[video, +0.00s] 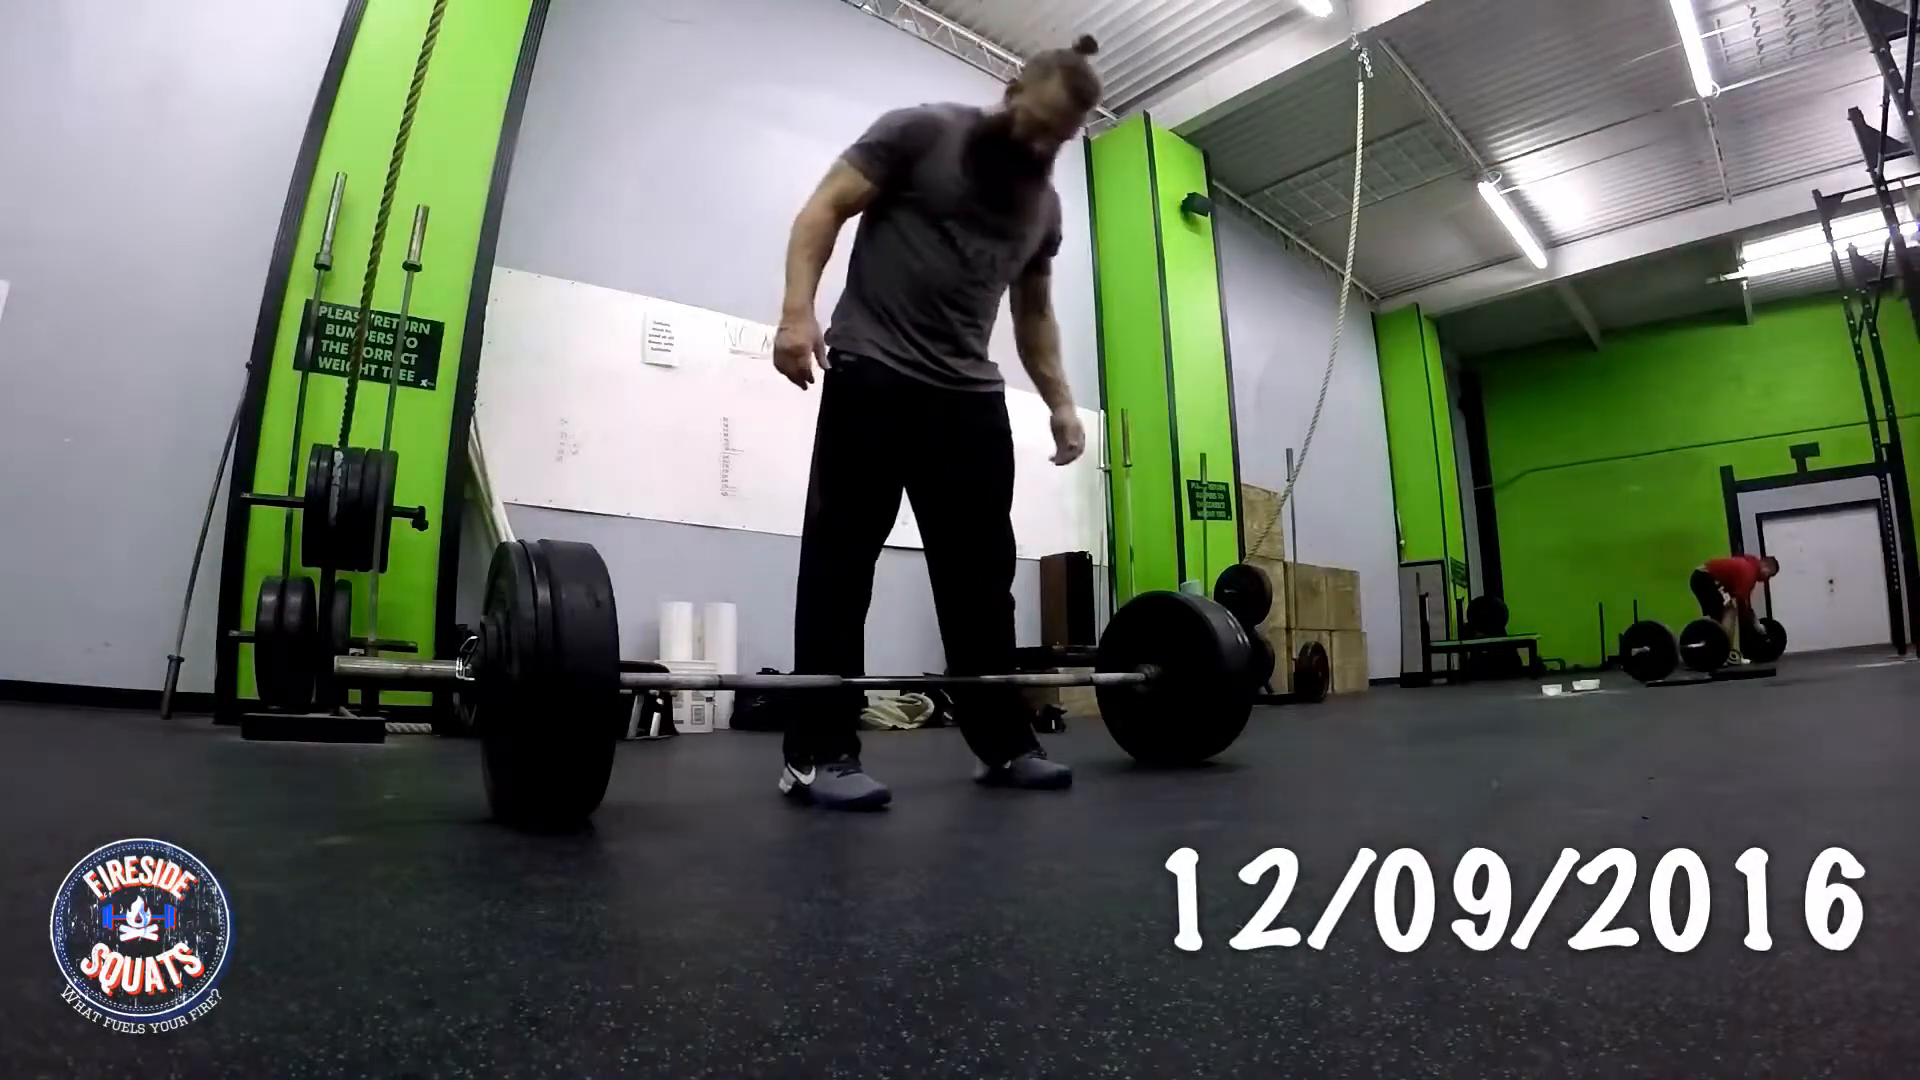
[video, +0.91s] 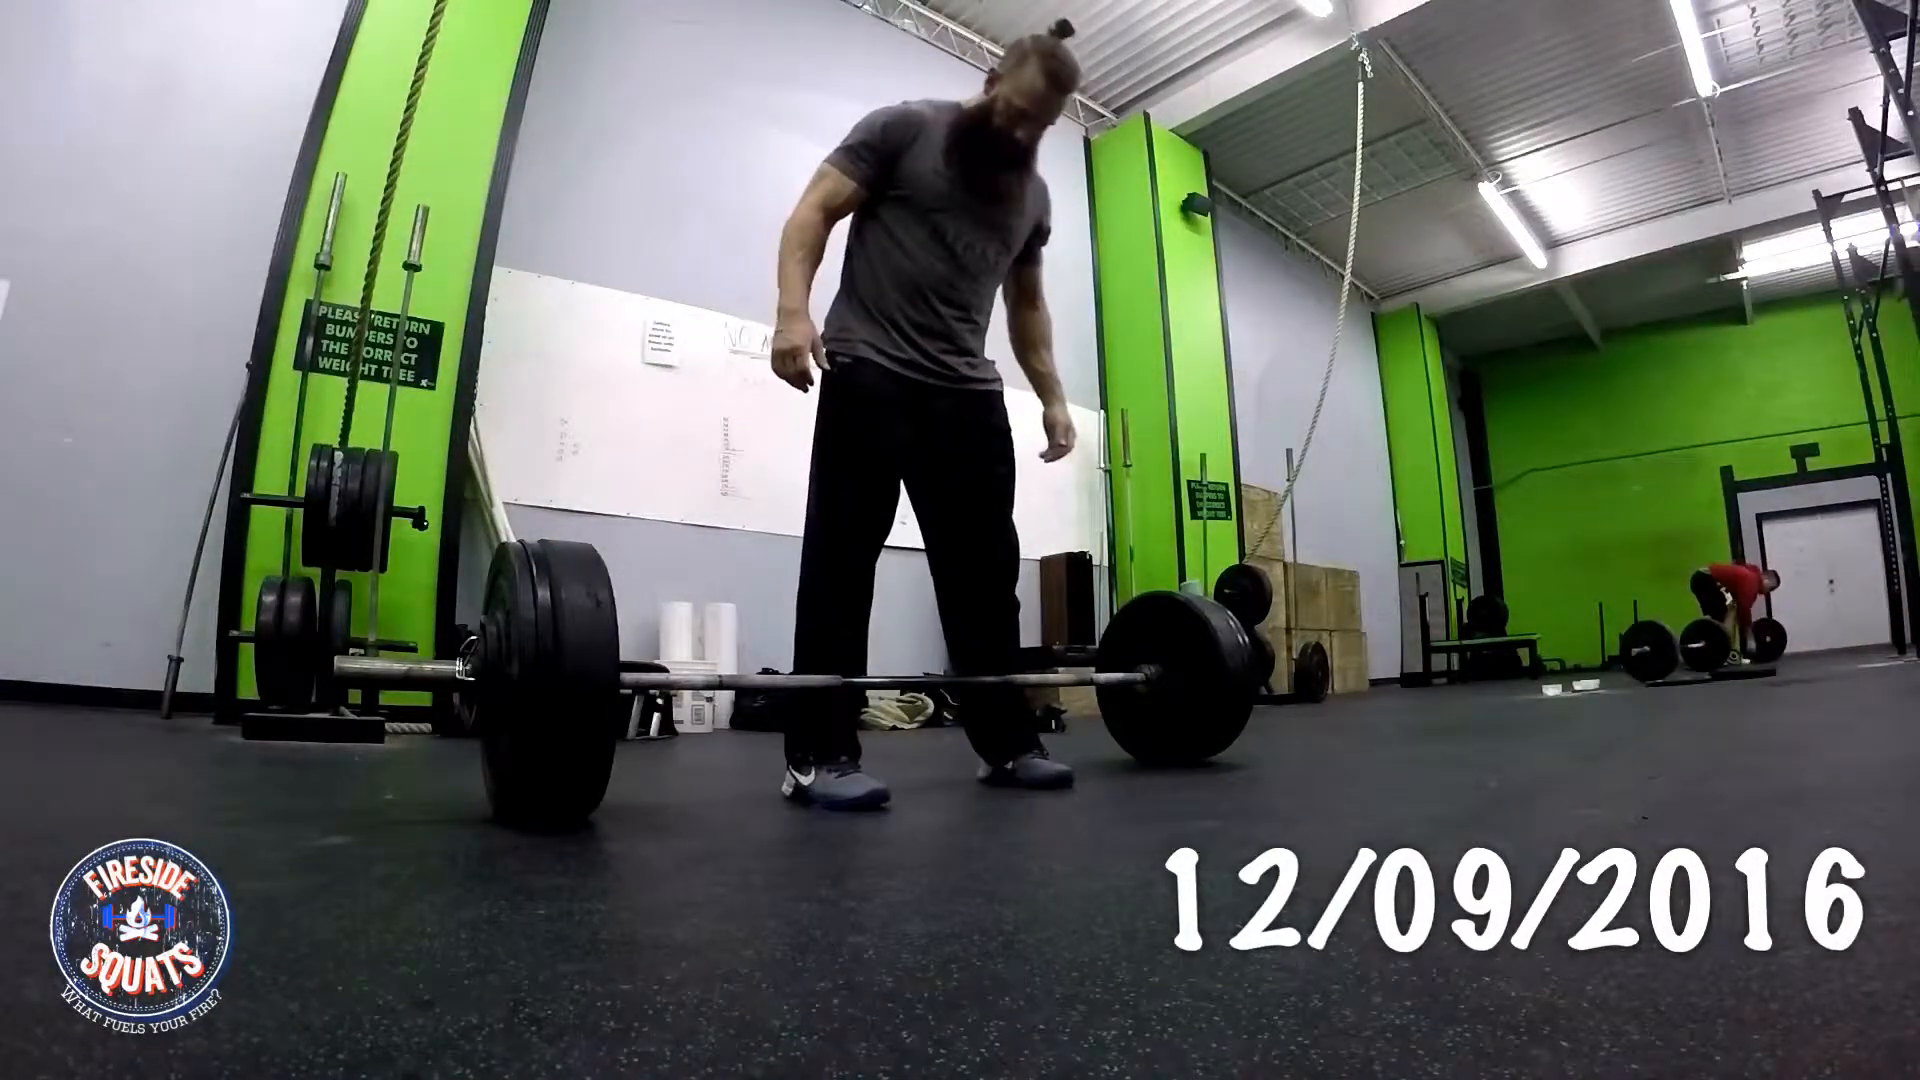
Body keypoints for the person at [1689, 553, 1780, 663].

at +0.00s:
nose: (1766, 578)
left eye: (1769, 576)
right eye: (1768, 574)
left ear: (1764, 564)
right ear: (1764, 567)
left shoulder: (1750, 567)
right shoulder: (1749, 571)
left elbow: (1744, 600)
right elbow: (1742, 601)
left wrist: (1754, 621)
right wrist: (1753, 623)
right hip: (1705, 577)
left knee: (1715, 615)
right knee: (1729, 611)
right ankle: (1730, 654)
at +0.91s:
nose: (1767, 592)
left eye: (1770, 590)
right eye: (1770, 588)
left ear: (1764, 577)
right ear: (1766, 581)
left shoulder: (1749, 577)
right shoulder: (1751, 580)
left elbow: (1742, 609)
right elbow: (1743, 610)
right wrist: (1746, 631)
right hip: (1705, 578)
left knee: (1717, 616)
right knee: (1730, 612)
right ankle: (1732, 654)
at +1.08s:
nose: (1766, 602)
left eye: (1769, 600)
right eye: (1769, 598)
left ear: (1765, 586)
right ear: (1766, 590)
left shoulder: (1752, 581)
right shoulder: (1751, 587)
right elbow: (1746, 623)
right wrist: (1754, 648)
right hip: (1704, 580)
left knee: (1717, 617)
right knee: (1731, 612)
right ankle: (1729, 654)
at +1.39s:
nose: (1765, 595)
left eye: (1769, 593)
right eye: (1768, 591)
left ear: (1765, 580)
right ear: (1766, 584)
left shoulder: (1751, 577)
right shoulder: (1751, 584)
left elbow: (1744, 612)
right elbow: (1744, 617)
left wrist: (1751, 632)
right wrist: (1753, 635)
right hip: (1704, 580)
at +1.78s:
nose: (1764, 590)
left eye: (1768, 588)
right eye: (1767, 586)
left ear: (1762, 575)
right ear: (1764, 580)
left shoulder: (1749, 575)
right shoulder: (1751, 581)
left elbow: (1742, 610)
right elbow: (1744, 613)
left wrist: (1751, 630)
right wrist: (1754, 634)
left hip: (1699, 577)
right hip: (1703, 579)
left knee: (1716, 617)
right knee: (1731, 610)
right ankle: (1729, 653)